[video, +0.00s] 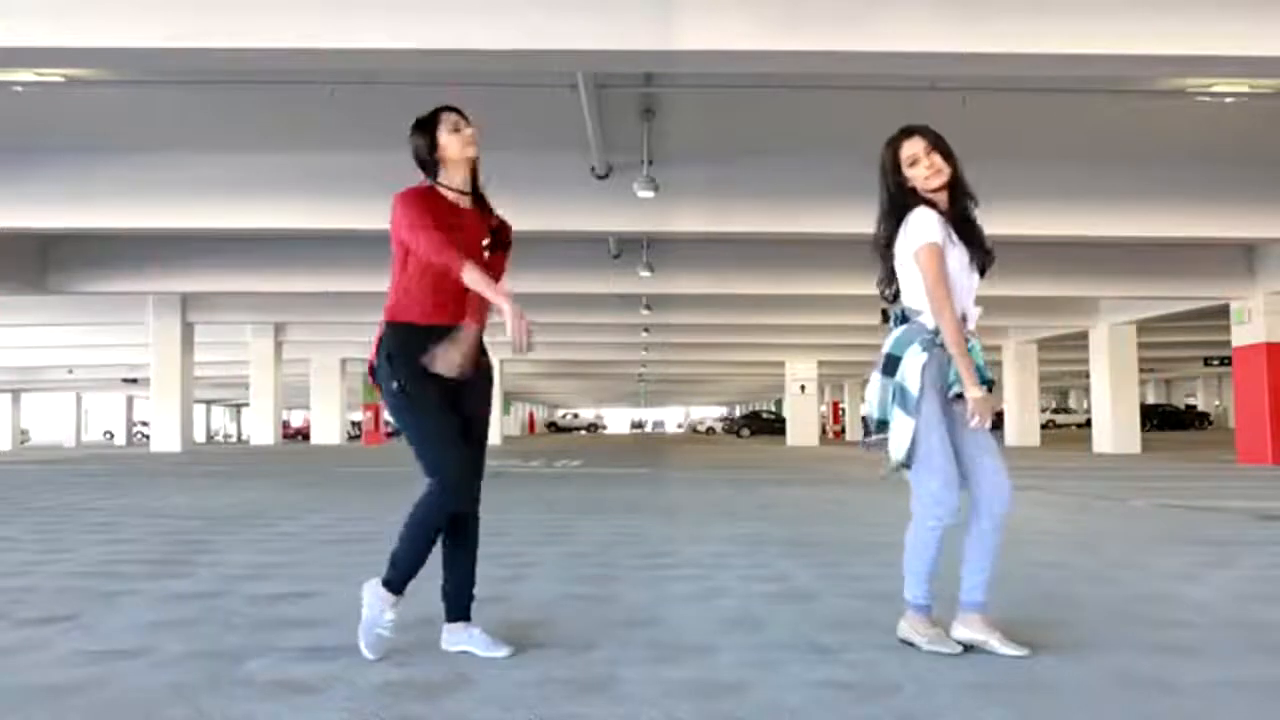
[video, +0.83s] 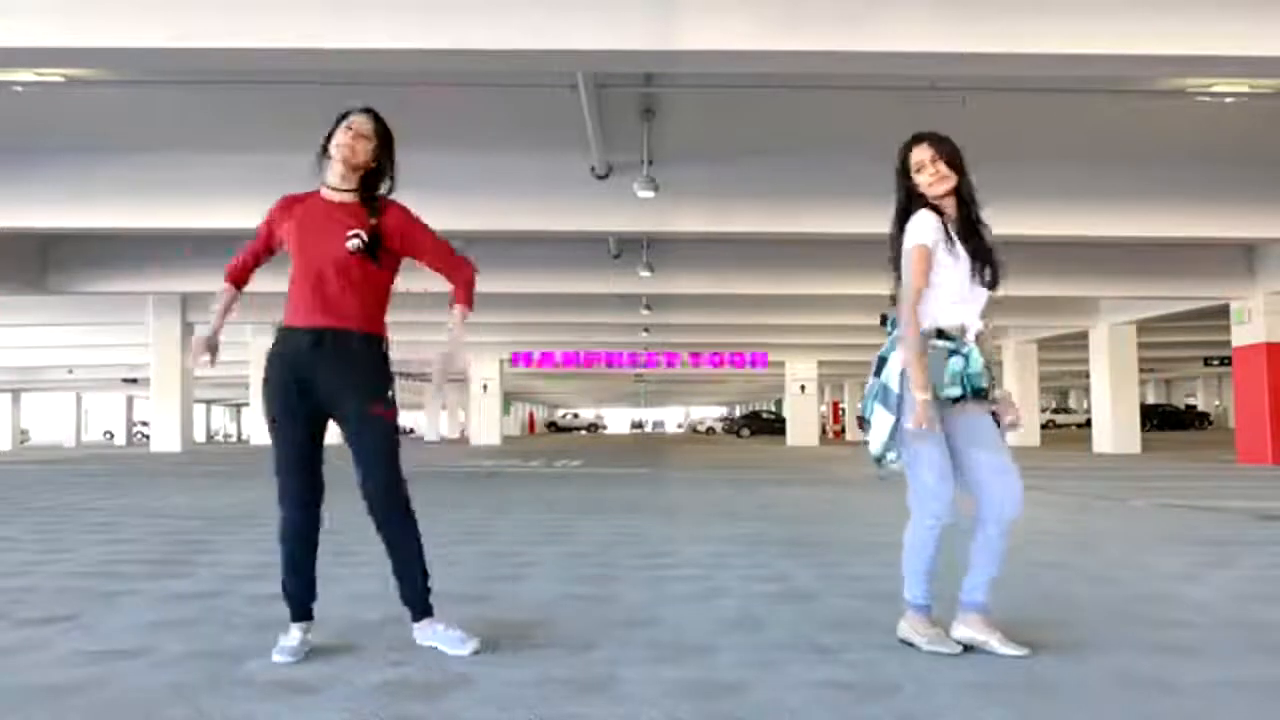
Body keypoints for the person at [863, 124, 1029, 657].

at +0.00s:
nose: (930, 164)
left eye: (934, 152)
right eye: (915, 163)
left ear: (949, 158)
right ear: (904, 180)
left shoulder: (952, 226)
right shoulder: (921, 223)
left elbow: (954, 309)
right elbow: (940, 307)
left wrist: (972, 379)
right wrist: (972, 383)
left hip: (958, 365)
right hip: (923, 365)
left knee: (994, 488)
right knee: (936, 492)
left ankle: (971, 615)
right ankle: (916, 615)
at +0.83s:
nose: (934, 172)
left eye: (939, 161)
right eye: (921, 170)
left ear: (957, 166)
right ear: (913, 183)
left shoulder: (968, 235)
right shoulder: (924, 224)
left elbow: (967, 325)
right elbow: (910, 307)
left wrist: (992, 394)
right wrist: (921, 391)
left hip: (961, 374)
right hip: (918, 371)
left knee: (1004, 494)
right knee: (933, 497)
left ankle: (971, 615)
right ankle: (916, 616)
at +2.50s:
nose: (997, 153)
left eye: (1010, 151)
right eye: (991, 143)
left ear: (1017, 172)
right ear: (970, 156)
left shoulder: (1026, 223)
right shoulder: (941, 227)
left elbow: (1095, 266)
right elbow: (914, 289)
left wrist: (1056, 325)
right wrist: (936, 333)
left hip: (1021, 359)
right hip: (963, 363)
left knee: (1016, 490)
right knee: (950, 490)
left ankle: (1012, 613)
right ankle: (984, 575)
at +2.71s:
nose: (1000, 163)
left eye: (1009, 159)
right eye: (991, 153)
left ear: (1016, 175)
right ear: (970, 163)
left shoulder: (1023, 230)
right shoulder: (940, 232)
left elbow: (1094, 273)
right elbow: (913, 292)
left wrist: (1053, 328)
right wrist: (935, 336)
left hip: (1019, 360)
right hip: (962, 365)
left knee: (1014, 487)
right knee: (981, 489)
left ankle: (1012, 611)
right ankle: (1004, 590)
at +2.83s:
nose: (991, 164)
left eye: (1000, 159)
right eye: (981, 156)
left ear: (1009, 176)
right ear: (962, 172)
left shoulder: (1022, 233)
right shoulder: (941, 237)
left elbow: (1094, 274)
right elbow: (912, 294)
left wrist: (1059, 325)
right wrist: (938, 336)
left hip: (1019, 362)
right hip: (964, 366)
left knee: (1014, 490)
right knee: (987, 491)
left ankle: (1011, 612)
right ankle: (1006, 594)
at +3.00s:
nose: (969, 172)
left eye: (978, 164)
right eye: (959, 167)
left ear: (994, 177)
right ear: (949, 184)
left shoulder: (1021, 234)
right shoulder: (944, 244)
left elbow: (1093, 284)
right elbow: (917, 296)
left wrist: (1063, 331)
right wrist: (939, 331)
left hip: (1020, 369)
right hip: (965, 373)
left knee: (1012, 488)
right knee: (985, 490)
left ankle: (1011, 608)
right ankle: (1006, 592)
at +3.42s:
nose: (943, 173)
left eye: (955, 166)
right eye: (943, 166)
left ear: (980, 178)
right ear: (942, 182)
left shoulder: (1008, 236)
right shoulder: (929, 245)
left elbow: (1071, 277)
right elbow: (906, 308)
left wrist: (1054, 327)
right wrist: (900, 350)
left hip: (1000, 364)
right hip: (952, 369)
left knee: (978, 479)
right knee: (978, 481)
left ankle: (953, 597)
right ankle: (1009, 590)